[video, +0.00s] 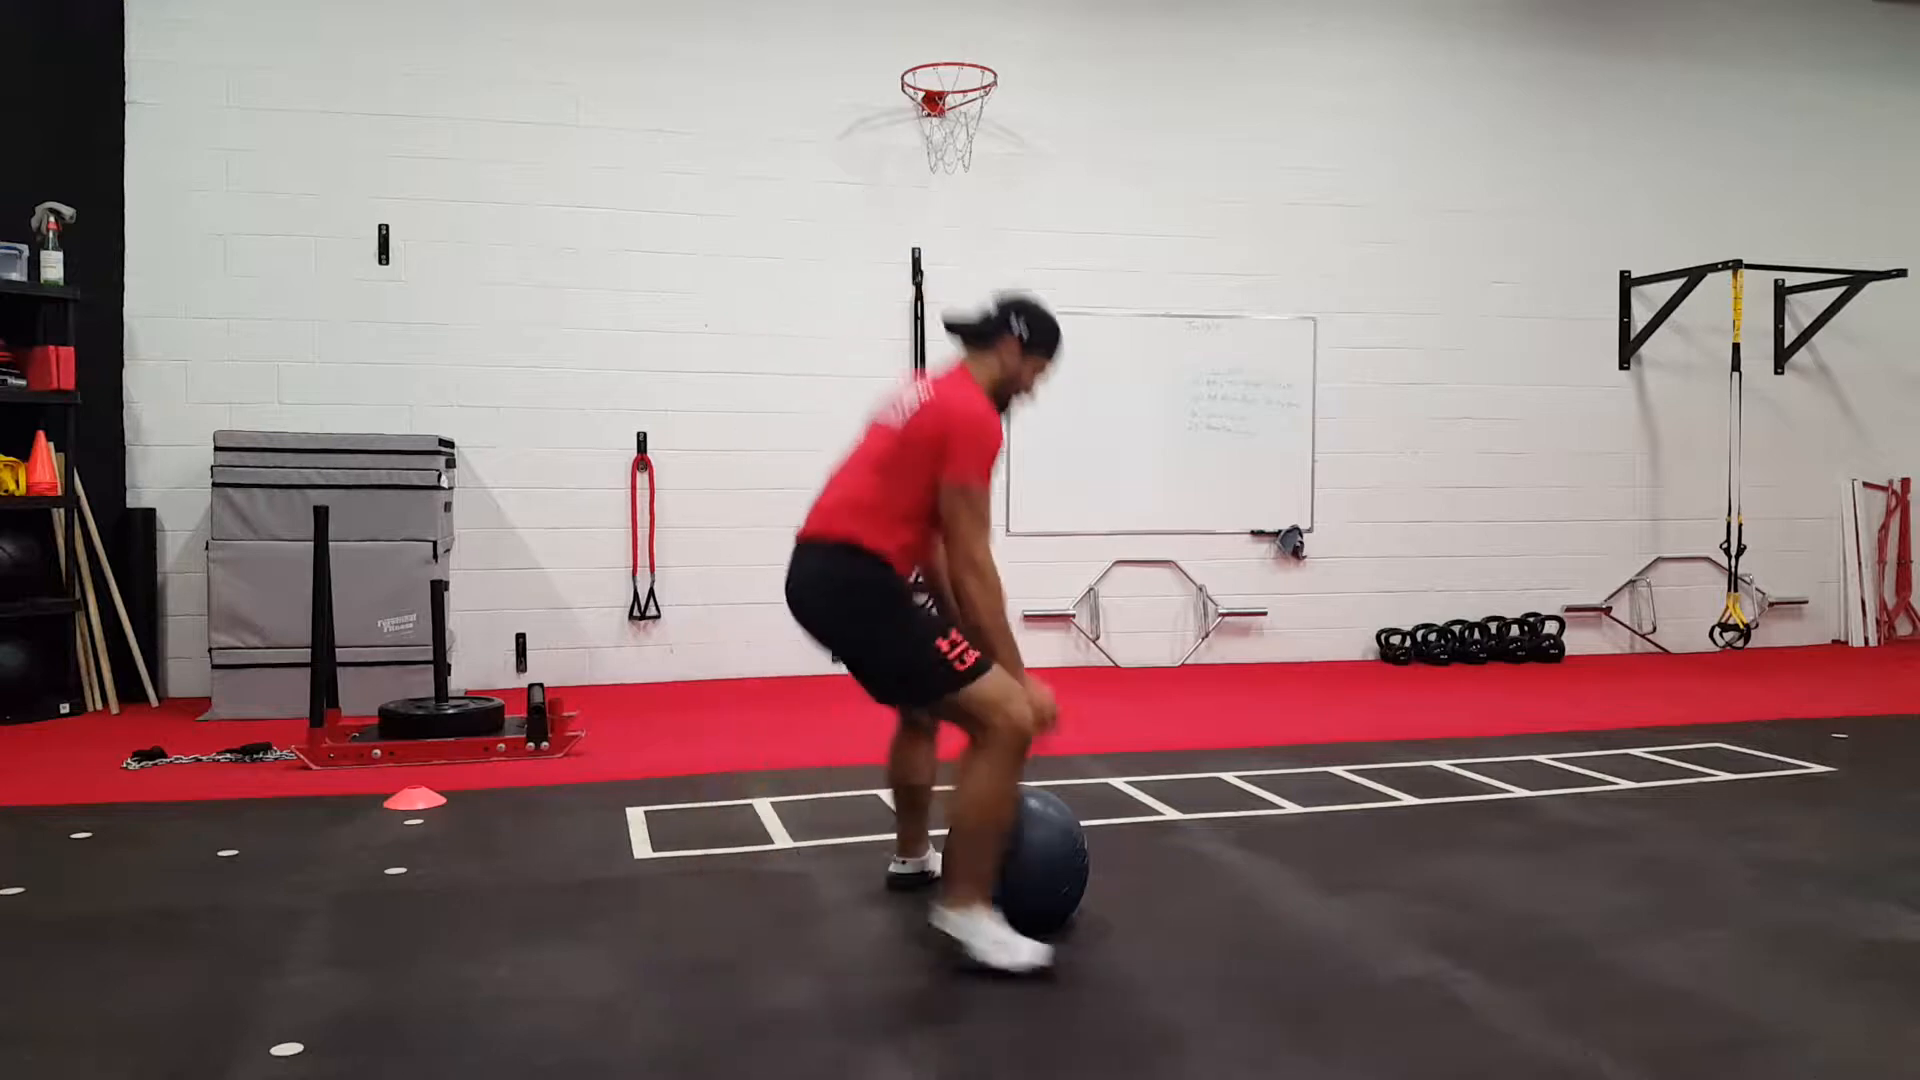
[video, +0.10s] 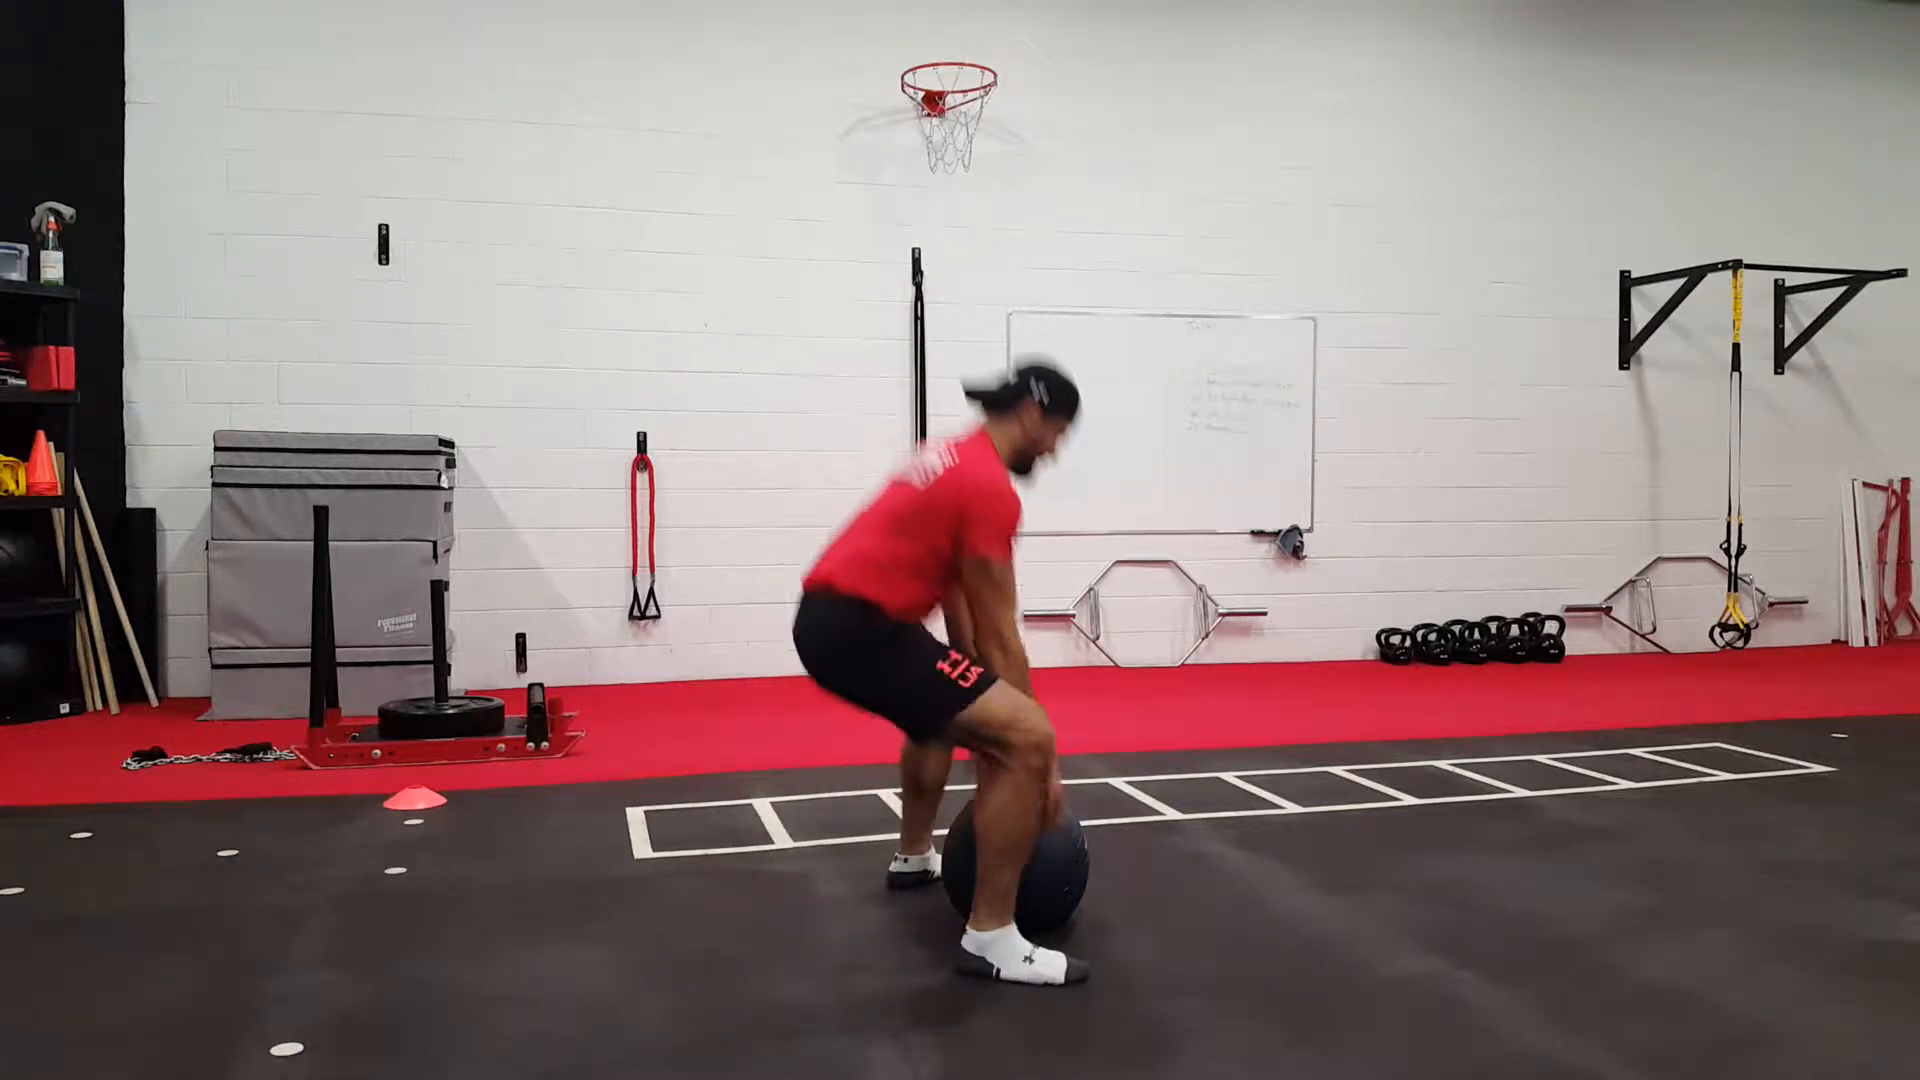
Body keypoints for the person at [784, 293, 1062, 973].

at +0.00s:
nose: (1036, 385)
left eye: (1041, 371)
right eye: (1038, 368)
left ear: (996, 341)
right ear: (1014, 345)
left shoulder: (933, 394)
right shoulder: (969, 413)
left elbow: (936, 557)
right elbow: (970, 561)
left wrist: (975, 653)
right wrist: (1016, 677)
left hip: (824, 569)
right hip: (858, 577)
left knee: (924, 708)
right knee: (1009, 717)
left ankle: (913, 853)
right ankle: (966, 906)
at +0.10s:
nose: (1057, 447)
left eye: (1063, 432)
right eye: (1058, 429)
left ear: (1016, 410)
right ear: (1032, 410)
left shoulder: (952, 459)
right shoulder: (988, 487)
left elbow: (960, 617)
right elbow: (998, 640)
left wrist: (992, 726)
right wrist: (1044, 767)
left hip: (826, 616)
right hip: (859, 627)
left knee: (938, 712)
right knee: (1029, 736)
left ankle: (915, 854)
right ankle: (991, 934)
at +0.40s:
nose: (1089, 565)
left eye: (1094, 553)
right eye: (1092, 550)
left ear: (1049, 533)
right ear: (1065, 536)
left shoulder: (981, 570)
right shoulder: (1032, 610)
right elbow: (1019, 750)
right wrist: (1041, 872)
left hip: (850, 716)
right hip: (882, 730)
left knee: (962, 719)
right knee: (1070, 758)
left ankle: (916, 854)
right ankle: (996, 935)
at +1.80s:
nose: (1066, 511)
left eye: (1065, 498)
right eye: (1060, 498)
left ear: (1016, 502)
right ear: (1026, 500)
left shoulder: (979, 552)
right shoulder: (1032, 571)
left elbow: (973, 689)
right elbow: (1016, 710)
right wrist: (1018, 805)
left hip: (862, 702)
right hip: (894, 714)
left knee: (966, 716)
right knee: (1073, 757)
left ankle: (920, 852)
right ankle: (995, 932)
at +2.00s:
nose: (1038, 420)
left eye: (1035, 407)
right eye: (1031, 408)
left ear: (985, 417)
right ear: (998, 415)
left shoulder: (957, 474)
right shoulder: (1017, 490)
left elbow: (969, 611)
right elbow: (1021, 627)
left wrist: (1033, 659)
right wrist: (1060, 714)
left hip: (866, 641)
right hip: (905, 652)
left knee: (980, 698)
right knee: (1076, 755)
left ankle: (922, 849)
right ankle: (997, 931)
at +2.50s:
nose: (1010, 515)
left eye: (1004, 503)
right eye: (1000, 505)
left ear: (961, 524)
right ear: (969, 522)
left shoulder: (927, 578)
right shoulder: (988, 610)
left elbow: (963, 675)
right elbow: (1088, 714)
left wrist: (1032, 653)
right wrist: (1125, 700)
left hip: (878, 765)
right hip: (917, 779)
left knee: (1001, 708)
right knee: (1102, 764)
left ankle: (924, 853)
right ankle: (1012, 928)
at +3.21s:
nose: (989, 393)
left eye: (983, 381)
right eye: (979, 382)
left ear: (935, 402)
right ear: (950, 397)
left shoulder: (916, 469)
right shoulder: (972, 485)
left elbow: (959, 568)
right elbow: (1046, 601)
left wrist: (1048, 602)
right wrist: (1095, 619)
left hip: (872, 647)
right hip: (918, 654)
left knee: (979, 719)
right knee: (1089, 752)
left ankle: (923, 850)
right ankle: (1011, 927)